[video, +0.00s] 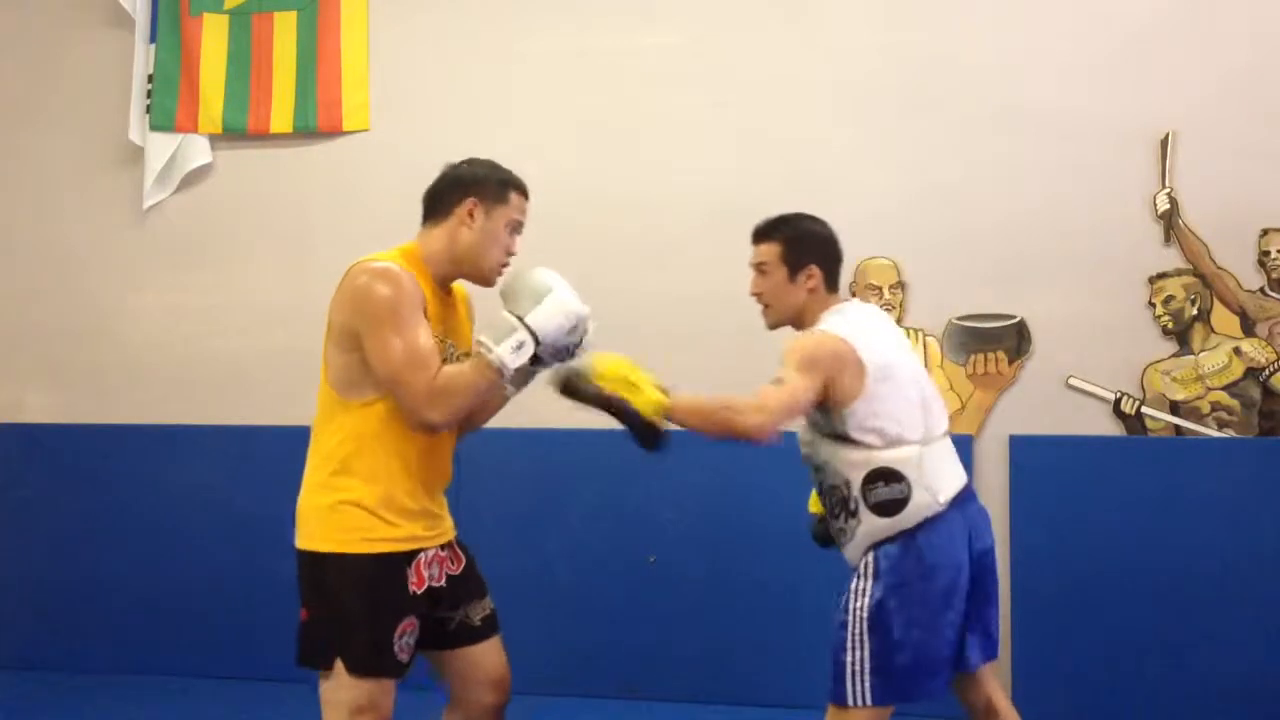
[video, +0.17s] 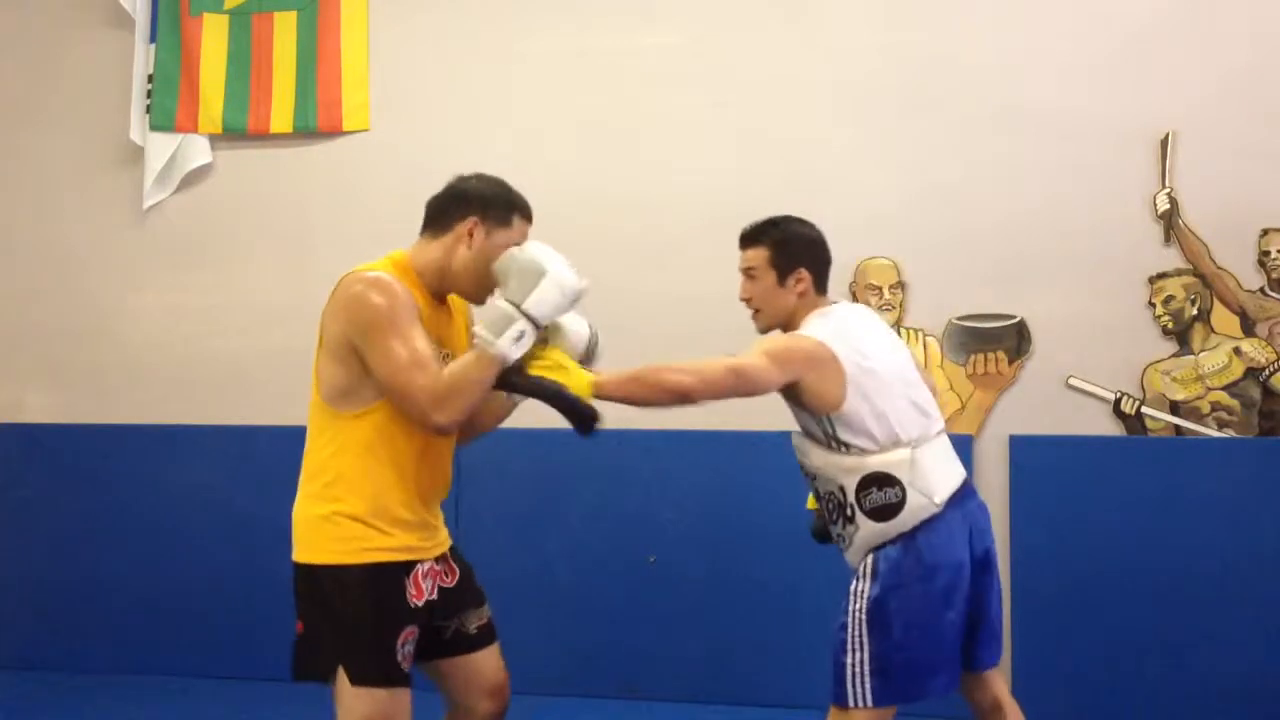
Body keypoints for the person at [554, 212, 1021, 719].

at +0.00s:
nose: (752, 287)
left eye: (763, 272)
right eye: (753, 272)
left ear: (810, 280)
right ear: (813, 281)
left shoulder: (820, 345)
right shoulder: (872, 321)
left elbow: (757, 420)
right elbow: (914, 420)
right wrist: (845, 490)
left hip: (905, 548)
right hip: (960, 527)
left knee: (856, 707)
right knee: (981, 688)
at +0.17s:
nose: (743, 292)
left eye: (752, 276)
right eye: (743, 277)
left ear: (799, 280)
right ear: (805, 281)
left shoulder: (800, 349)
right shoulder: (862, 320)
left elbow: (690, 386)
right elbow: (920, 409)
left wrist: (589, 384)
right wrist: (843, 488)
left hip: (906, 548)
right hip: (965, 524)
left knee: (860, 709)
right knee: (986, 689)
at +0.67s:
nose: (805, 290)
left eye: (817, 274)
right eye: (806, 274)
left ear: (862, 280)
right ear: (865, 283)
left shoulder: (873, 343)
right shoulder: (912, 332)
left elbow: (896, 433)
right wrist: (834, 480)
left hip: (927, 545)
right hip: (977, 535)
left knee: (870, 706)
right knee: (977, 698)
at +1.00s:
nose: (819, 285)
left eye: (831, 269)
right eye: (819, 270)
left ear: (878, 276)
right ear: (874, 280)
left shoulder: (901, 342)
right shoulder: (896, 338)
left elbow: (958, 432)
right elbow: (903, 435)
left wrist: (872, 488)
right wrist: (825, 438)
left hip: (919, 555)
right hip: (964, 545)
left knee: (853, 707)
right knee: (978, 698)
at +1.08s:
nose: (806, 289)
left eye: (818, 274)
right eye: (805, 274)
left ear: (866, 280)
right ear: (863, 284)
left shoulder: (891, 351)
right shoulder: (890, 344)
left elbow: (930, 450)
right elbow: (876, 446)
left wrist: (836, 503)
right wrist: (798, 444)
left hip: (911, 559)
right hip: (952, 550)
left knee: (846, 710)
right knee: (970, 701)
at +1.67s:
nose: (788, 301)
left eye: (799, 285)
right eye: (787, 286)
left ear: (846, 289)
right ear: (842, 293)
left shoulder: (876, 357)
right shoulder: (847, 359)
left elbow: (903, 461)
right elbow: (851, 454)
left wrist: (801, 495)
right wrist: (783, 431)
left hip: (922, 560)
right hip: (947, 552)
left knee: (842, 710)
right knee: (957, 702)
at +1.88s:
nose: (809, 305)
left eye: (820, 289)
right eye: (807, 290)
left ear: (867, 290)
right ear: (868, 293)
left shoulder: (892, 352)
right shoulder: (902, 342)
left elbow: (959, 440)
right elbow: (901, 450)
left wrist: (878, 507)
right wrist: (819, 441)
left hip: (925, 553)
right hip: (966, 546)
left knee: (827, 708)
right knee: (964, 701)